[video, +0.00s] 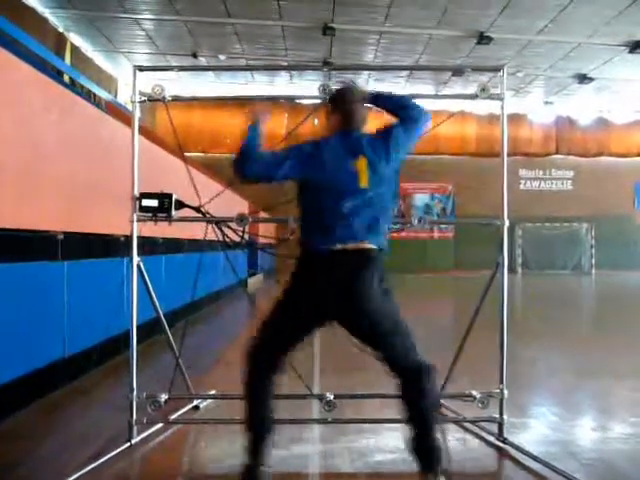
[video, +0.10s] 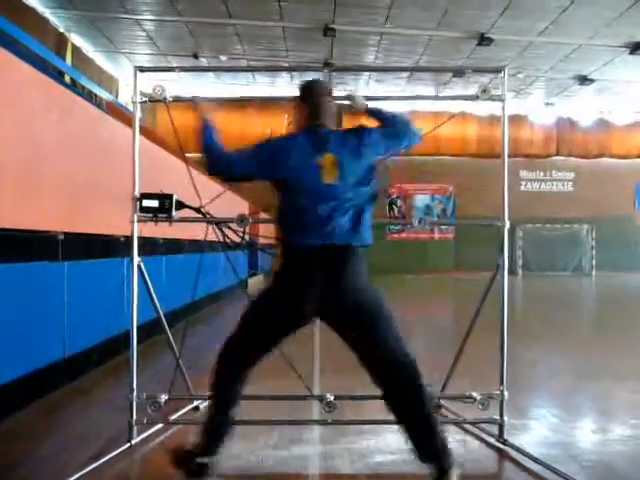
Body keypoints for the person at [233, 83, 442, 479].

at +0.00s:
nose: (333, 118)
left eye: (331, 112)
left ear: (331, 116)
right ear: (365, 115)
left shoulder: (314, 154)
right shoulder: (386, 148)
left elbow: (249, 167)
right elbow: (416, 115)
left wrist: (256, 126)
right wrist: (371, 96)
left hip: (314, 278)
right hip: (363, 279)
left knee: (263, 356)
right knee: (413, 368)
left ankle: (254, 464)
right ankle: (431, 464)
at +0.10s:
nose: (296, 114)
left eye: (298, 108)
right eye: (304, 107)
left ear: (301, 112)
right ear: (334, 112)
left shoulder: (285, 151)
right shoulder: (360, 144)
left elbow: (221, 166)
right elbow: (406, 132)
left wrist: (207, 125)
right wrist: (369, 111)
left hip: (295, 283)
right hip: (348, 282)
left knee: (234, 358)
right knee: (396, 368)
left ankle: (206, 451)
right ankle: (440, 461)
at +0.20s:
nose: (290, 136)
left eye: (276, 128)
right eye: (291, 130)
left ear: (257, 132)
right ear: (292, 136)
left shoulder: (237, 165)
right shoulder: (308, 174)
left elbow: (199, 133)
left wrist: (167, 101)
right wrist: (373, 174)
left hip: (274, 300)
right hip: (325, 295)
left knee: (212, 372)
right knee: (391, 368)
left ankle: (177, 462)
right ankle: (464, 453)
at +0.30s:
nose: (287, 146)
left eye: (284, 139)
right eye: (285, 140)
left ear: (249, 142)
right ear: (281, 145)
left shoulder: (222, 180)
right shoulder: (292, 184)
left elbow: (191, 158)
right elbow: (312, 242)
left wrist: (169, 115)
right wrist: (357, 215)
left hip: (261, 305)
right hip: (309, 301)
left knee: (192, 372)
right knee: (370, 373)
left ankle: (174, 460)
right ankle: (433, 448)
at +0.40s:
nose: (309, 141)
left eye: (308, 135)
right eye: (308, 135)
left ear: (268, 136)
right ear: (300, 138)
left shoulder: (237, 177)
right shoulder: (312, 174)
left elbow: (186, 195)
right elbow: (361, 212)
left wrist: (181, 154)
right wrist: (374, 175)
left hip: (267, 298)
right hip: (316, 296)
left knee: (206, 376)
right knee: (358, 371)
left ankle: (177, 462)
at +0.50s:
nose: (333, 131)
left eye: (331, 126)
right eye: (331, 126)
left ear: (291, 127)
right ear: (325, 128)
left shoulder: (263, 163)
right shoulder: (336, 163)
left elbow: (219, 159)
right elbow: (388, 204)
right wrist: (388, 168)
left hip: (289, 286)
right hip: (335, 284)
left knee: (237, 368)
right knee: (365, 366)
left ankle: (222, 462)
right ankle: (365, 466)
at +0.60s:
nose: (358, 131)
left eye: (355, 124)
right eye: (356, 124)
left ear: (318, 124)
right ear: (349, 128)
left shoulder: (283, 153)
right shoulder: (358, 169)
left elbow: (239, 125)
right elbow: (417, 197)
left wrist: (268, 92)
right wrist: (423, 163)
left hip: (293, 292)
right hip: (343, 293)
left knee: (258, 391)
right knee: (405, 348)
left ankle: (238, 474)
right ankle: (413, 447)